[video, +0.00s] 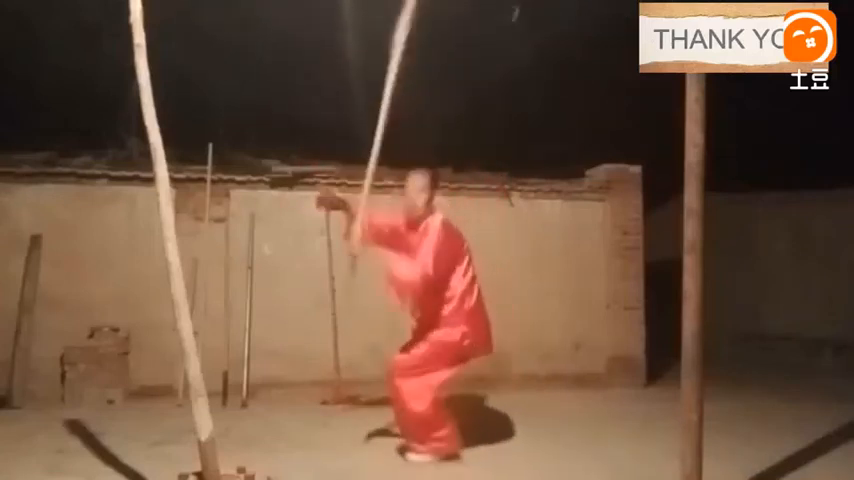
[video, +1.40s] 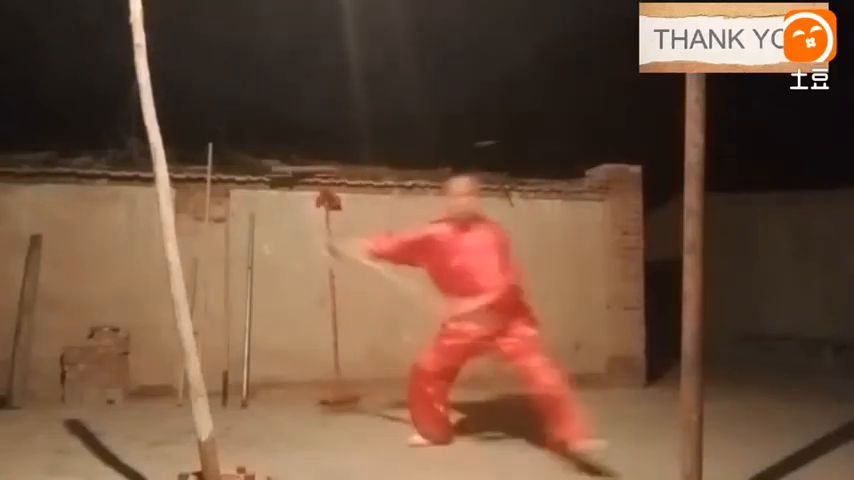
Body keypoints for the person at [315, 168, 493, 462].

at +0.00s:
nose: (416, 199)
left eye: (422, 191)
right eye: (411, 191)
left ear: (433, 195)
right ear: (403, 194)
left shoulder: (439, 230)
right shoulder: (411, 228)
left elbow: (423, 279)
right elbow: (371, 227)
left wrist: (386, 258)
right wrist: (343, 205)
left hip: (462, 332)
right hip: (439, 327)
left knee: (406, 369)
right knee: (401, 365)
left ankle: (439, 443)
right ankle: (420, 435)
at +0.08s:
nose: (406, 226)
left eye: (413, 220)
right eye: (402, 219)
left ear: (425, 222)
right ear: (395, 220)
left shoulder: (433, 255)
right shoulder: (395, 251)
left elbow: (428, 306)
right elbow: (359, 246)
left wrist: (393, 322)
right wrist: (343, 214)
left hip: (459, 345)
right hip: (435, 341)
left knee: (403, 384)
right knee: (397, 378)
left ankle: (435, 441)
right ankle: (416, 435)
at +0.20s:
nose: (403, 241)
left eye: (410, 235)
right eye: (399, 234)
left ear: (421, 237)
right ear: (392, 236)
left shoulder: (430, 270)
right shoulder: (393, 266)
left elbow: (426, 323)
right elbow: (366, 266)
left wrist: (396, 353)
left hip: (455, 349)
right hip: (431, 345)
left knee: (402, 385)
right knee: (394, 376)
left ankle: (434, 441)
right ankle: (412, 435)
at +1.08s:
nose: (410, 224)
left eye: (416, 217)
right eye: (404, 217)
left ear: (426, 219)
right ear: (396, 220)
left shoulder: (438, 249)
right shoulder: (394, 252)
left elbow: (432, 305)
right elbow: (353, 251)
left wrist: (401, 342)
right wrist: (332, 213)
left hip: (479, 321)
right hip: (448, 323)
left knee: (443, 368)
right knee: (418, 367)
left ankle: (441, 443)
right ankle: (424, 438)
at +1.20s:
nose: (421, 218)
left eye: (426, 210)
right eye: (414, 212)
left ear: (435, 212)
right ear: (405, 215)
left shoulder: (445, 243)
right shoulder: (401, 245)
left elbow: (443, 298)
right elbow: (365, 246)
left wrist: (411, 336)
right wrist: (339, 232)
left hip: (485, 316)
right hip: (452, 319)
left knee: (454, 359)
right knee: (425, 365)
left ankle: (459, 439)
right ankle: (431, 431)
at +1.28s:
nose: (444, 206)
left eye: (450, 199)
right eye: (438, 200)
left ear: (458, 203)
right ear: (428, 204)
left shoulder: (467, 236)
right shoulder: (420, 237)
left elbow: (477, 288)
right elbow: (380, 242)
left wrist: (447, 315)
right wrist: (340, 235)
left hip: (498, 311)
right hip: (462, 315)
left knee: (502, 364)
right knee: (428, 364)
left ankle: (538, 437)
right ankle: (432, 431)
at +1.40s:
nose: (462, 202)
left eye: (468, 195)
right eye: (456, 195)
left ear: (478, 199)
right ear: (445, 199)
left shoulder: (490, 234)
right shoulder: (434, 235)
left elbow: (502, 283)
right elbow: (393, 244)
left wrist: (472, 306)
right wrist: (355, 247)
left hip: (507, 318)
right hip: (463, 320)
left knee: (543, 376)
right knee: (429, 371)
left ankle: (574, 437)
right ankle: (433, 432)